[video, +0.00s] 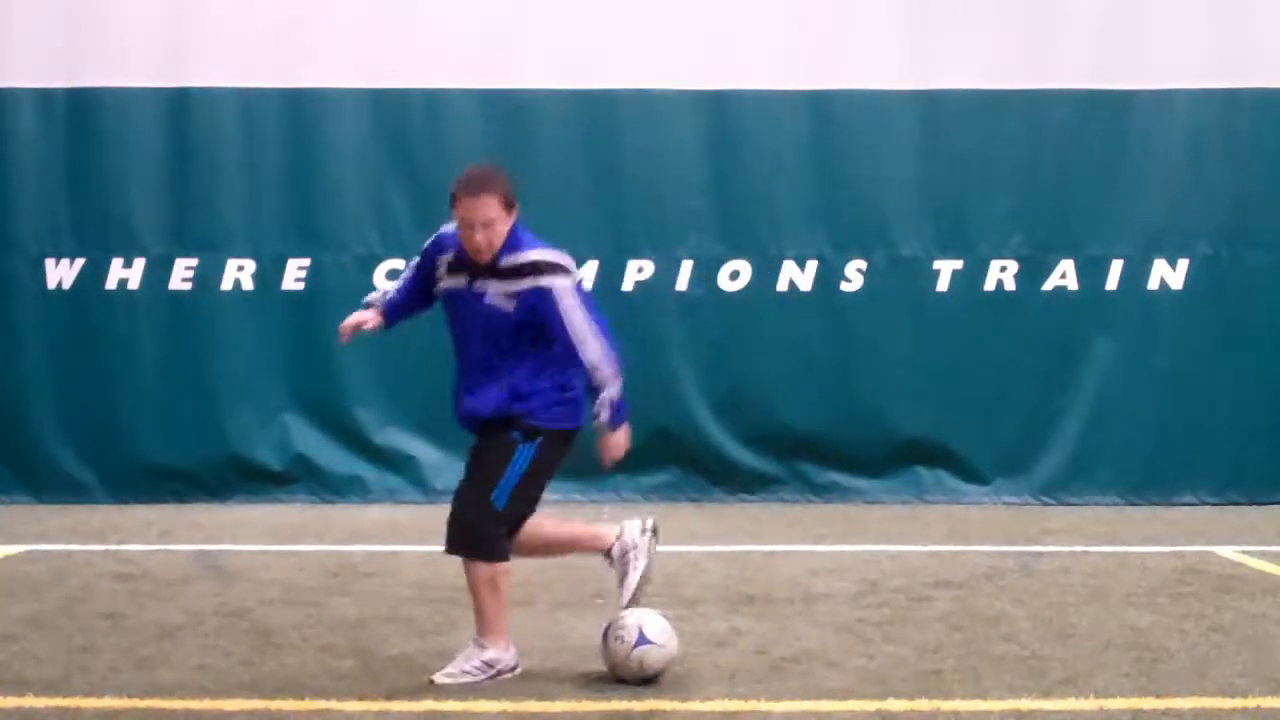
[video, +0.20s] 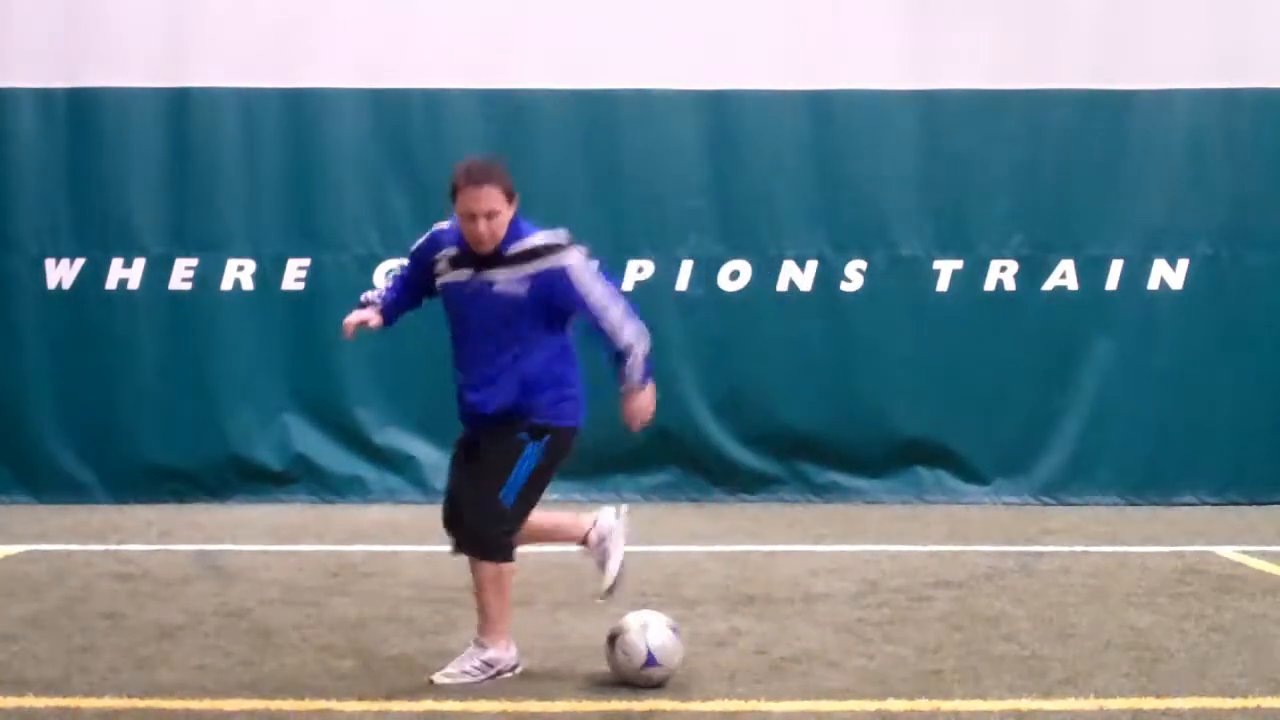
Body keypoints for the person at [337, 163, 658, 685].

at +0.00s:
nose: (476, 238)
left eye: (487, 225)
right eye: (467, 226)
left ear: (511, 216)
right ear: (454, 219)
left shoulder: (544, 268)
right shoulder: (446, 250)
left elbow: (591, 342)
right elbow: (418, 287)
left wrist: (612, 416)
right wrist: (382, 313)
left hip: (542, 416)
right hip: (494, 415)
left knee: (476, 523)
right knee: (495, 530)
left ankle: (495, 650)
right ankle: (617, 541)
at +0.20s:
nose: (481, 229)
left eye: (491, 216)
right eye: (470, 217)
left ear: (512, 207)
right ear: (455, 211)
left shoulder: (551, 255)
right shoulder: (442, 246)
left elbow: (616, 314)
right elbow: (411, 280)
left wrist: (637, 379)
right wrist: (380, 308)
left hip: (542, 415)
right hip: (483, 415)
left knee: (486, 522)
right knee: (462, 522)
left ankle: (496, 649)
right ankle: (591, 529)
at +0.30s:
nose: (495, 199)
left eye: (505, 186)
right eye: (483, 188)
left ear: (523, 179)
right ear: (467, 185)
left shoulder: (563, 219)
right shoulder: (449, 227)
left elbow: (626, 265)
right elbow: (418, 277)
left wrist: (639, 337)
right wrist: (391, 325)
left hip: (557, 386)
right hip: (494, 387)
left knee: (522, 494)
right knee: (475, 501)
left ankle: (506, 637)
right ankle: (548, 585)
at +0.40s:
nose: (509, 201)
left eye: (517, 187)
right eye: (496, 190)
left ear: (535, 181)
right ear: (479, 188)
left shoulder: (574, 226)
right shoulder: (461, 237)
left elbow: (628, 279)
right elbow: (430, 297)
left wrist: (640, 357)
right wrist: (413, 362)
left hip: (577, 391)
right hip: (506, 398)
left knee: (574, 495)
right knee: (488, 519)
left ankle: (574, 606)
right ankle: (490, 630)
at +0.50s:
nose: (539, 209)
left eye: (548, 196)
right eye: (528, 198)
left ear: (563, 194)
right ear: (506, 199)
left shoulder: (597, 245)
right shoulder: (480, 249)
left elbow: (639, 309)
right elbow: (447, 306)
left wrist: (662, 369)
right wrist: (425, 359)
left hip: (590, 399)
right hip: (514, 407)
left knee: (632, 483)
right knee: (486, 522)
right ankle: (496, 630)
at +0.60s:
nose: (574, 176)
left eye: (583, 164)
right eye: (563, 166)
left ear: (599, 162)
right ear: (543, 166)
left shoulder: (631, 210)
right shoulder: (517, 214)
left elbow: (675, 278)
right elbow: (478, 269)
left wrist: (688, 335)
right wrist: (458, 318)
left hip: (619, 380)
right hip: (542, 388)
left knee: (681, 466)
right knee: (518, 509)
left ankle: (749, 576)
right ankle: (501, 621)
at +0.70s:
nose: (615, 153)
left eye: (625, 143)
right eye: (604, 143)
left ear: (640, 144)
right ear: (584, 146)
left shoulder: (673, 195)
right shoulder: (553, 195)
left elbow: (708, 264)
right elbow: (518, 252)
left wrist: (715, 326)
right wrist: (506, 309)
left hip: (658, 362)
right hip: (580, 364)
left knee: (702, 478)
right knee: (548, 468)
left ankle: (730, 603)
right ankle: (565, 585)